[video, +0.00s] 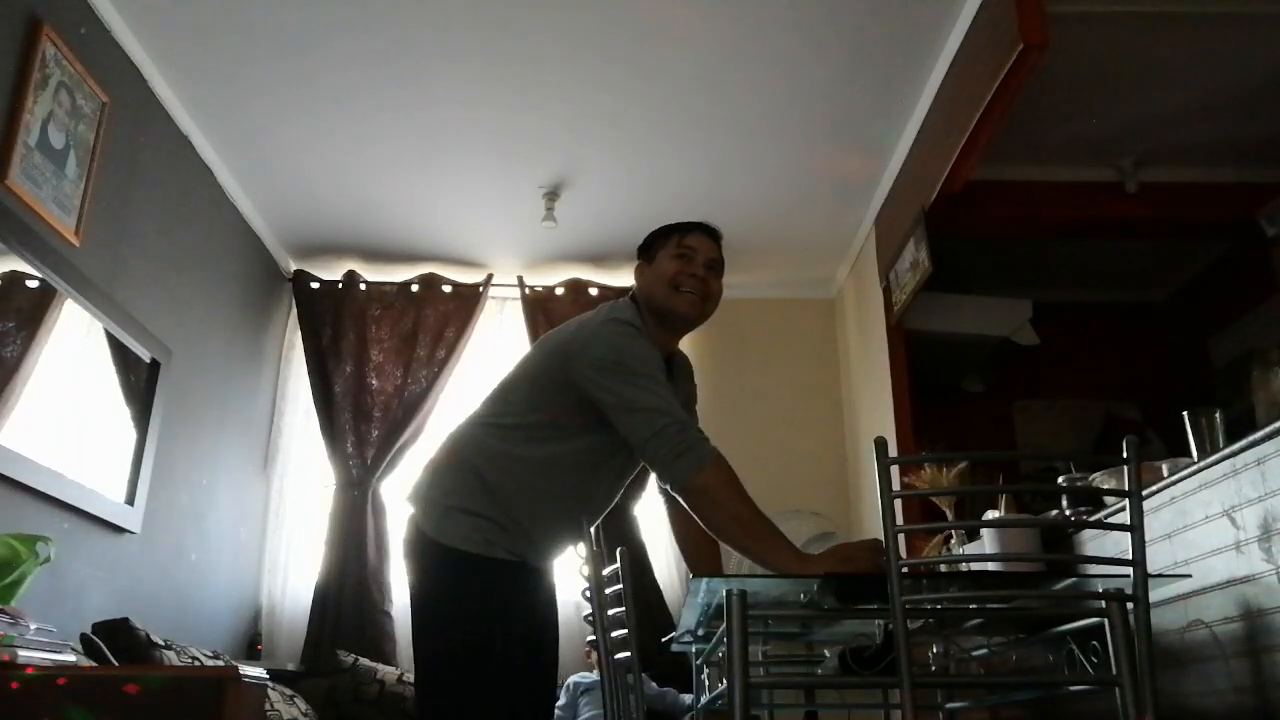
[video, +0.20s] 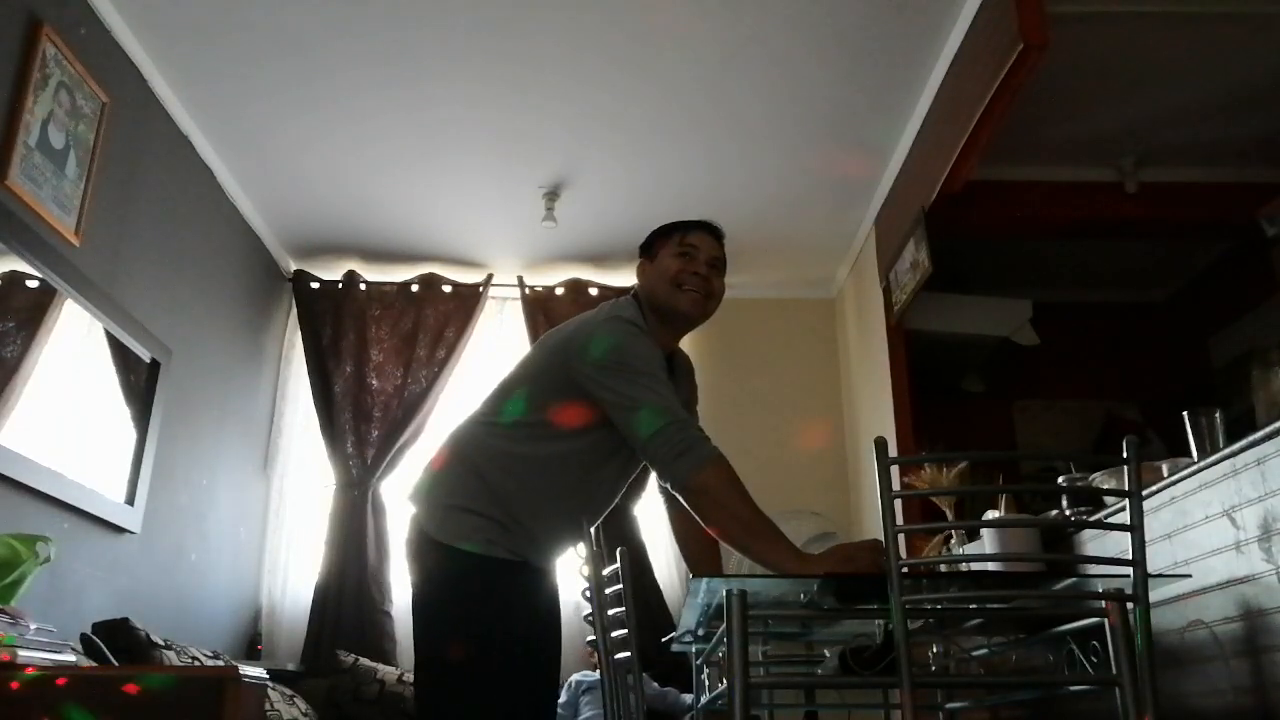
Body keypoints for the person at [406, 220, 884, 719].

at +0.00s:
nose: (698, 271)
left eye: (712, 267)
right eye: (682, 256)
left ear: (717, 294)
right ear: (641, 271)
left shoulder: (675, 375)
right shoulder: (611, 338)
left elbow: (688, 497)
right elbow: (692, 468)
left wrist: (716, 599)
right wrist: (801, 564)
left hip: (523, 550)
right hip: (463, 534)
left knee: (526, 704)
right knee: (470, 706)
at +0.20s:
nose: (700, 270)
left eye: (715, 266)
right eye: (684, 255)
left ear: (719, 293)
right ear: (644, 268)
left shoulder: (676, 374)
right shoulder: (613, 337)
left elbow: (687, 497)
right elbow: (692, 467)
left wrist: (718, 601)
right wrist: (801, 564)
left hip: (526, 550)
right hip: (465, 533)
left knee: (528, 701)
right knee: (471, 703)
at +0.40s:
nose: (710, 284)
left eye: (722, 280)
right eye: (696, 265)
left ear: (723, 302)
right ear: (650, 268)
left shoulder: (672, 377)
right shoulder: (613, 339)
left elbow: (685, 499)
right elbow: (693, 469)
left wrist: (717, 601)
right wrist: (803, 564)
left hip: (526, 549)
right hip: (470, 534)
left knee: (535, 704)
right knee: (492, 705)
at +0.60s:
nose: (714, 327)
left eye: (718, 312)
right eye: (714, 307)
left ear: (671, 290)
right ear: (679, 289)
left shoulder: (624, 355)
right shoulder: (605, 342)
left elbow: (671, 499)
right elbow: (686, 474)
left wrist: (718, 599)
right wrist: (803, 562)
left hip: (505, 563)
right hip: (473, 560)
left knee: (550, 712)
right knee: (546, 714)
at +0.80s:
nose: (656, 286)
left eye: (660, 275)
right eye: (660, 272)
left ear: (595, 250)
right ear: (645, 261)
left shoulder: (547, 299)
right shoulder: (596, 295)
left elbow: (607, 449)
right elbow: (635, 416)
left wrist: (708, 500)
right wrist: (771, 464)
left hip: (462, 537)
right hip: (498, 541)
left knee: (520, 707)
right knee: (552, 708)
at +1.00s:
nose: (623, 204)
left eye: (625, 197)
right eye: (623, 195)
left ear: (556, 174)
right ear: (615, 184)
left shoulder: (500, 228)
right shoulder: (599, 205)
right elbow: (611, 327)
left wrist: (633, 357)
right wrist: (667, 374)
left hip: (440, 459)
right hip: (504, 459)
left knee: (473, 654)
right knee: (523, 662)